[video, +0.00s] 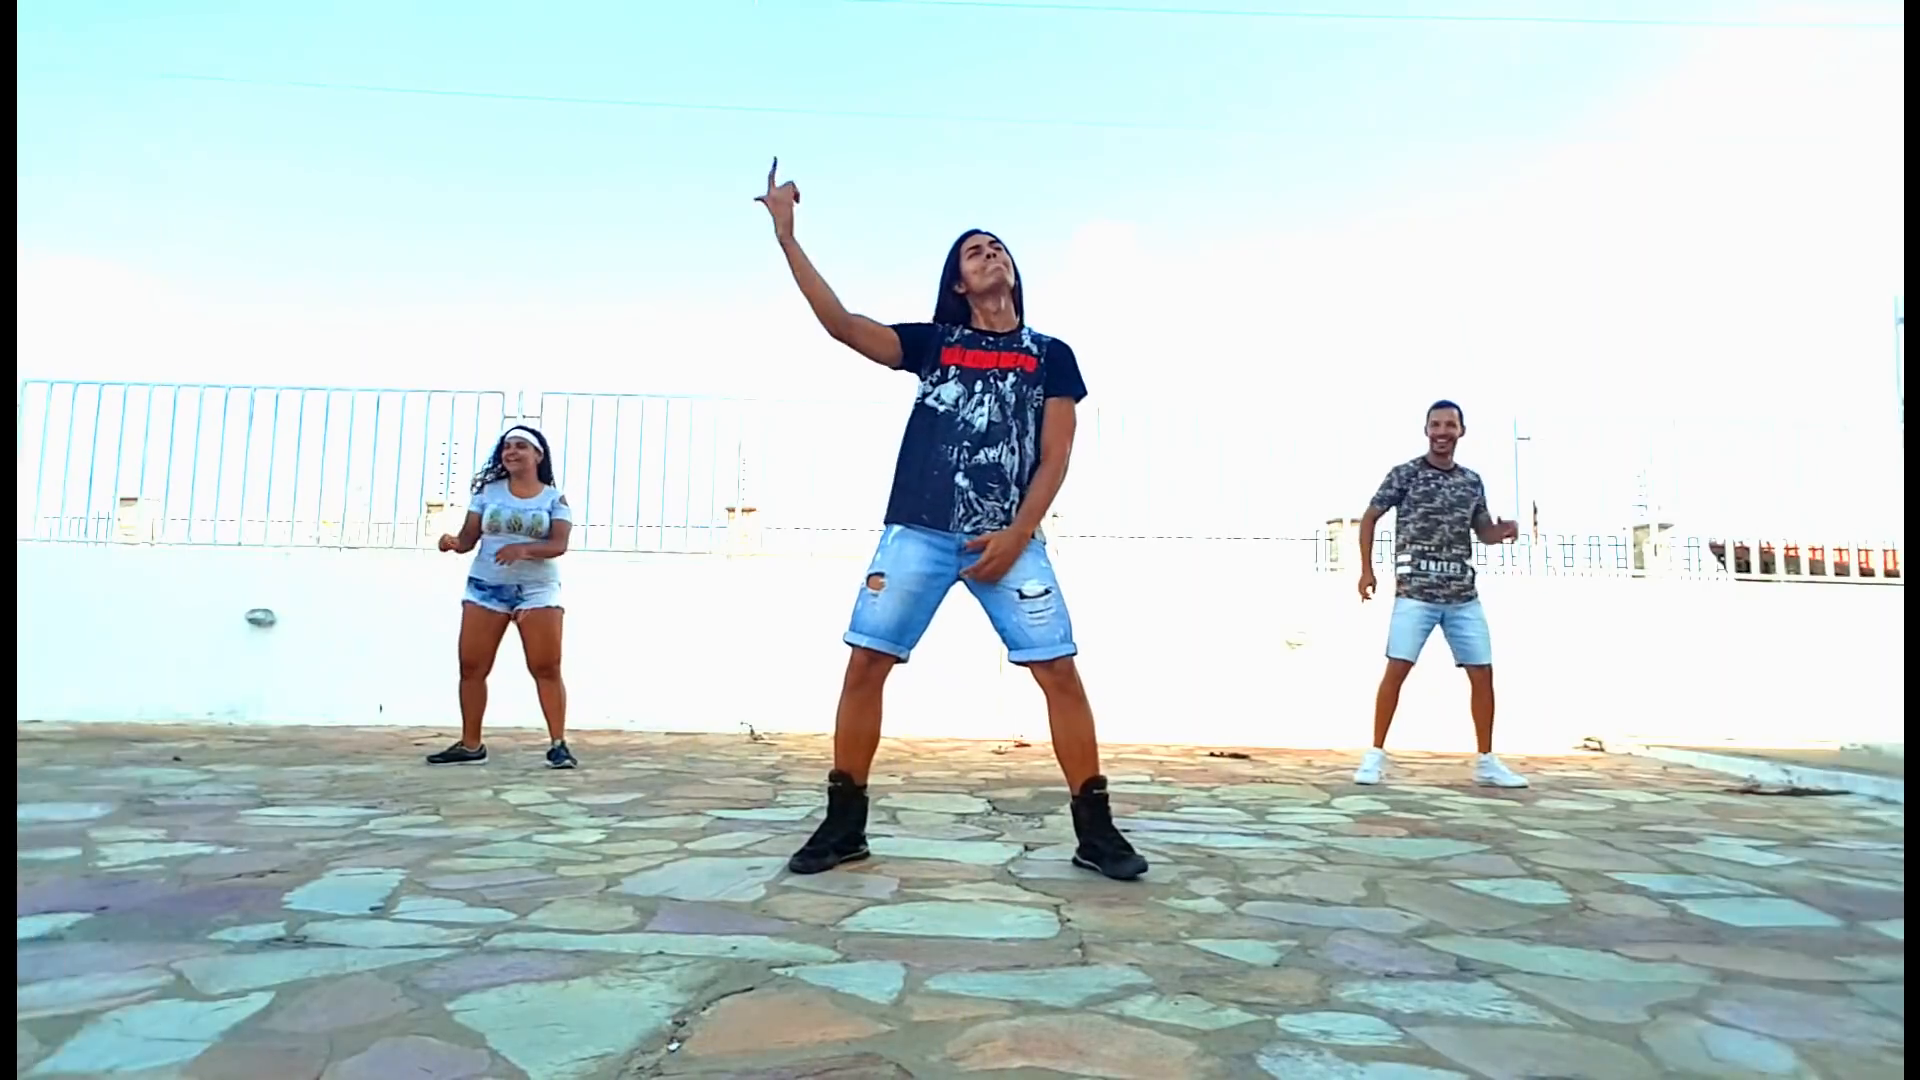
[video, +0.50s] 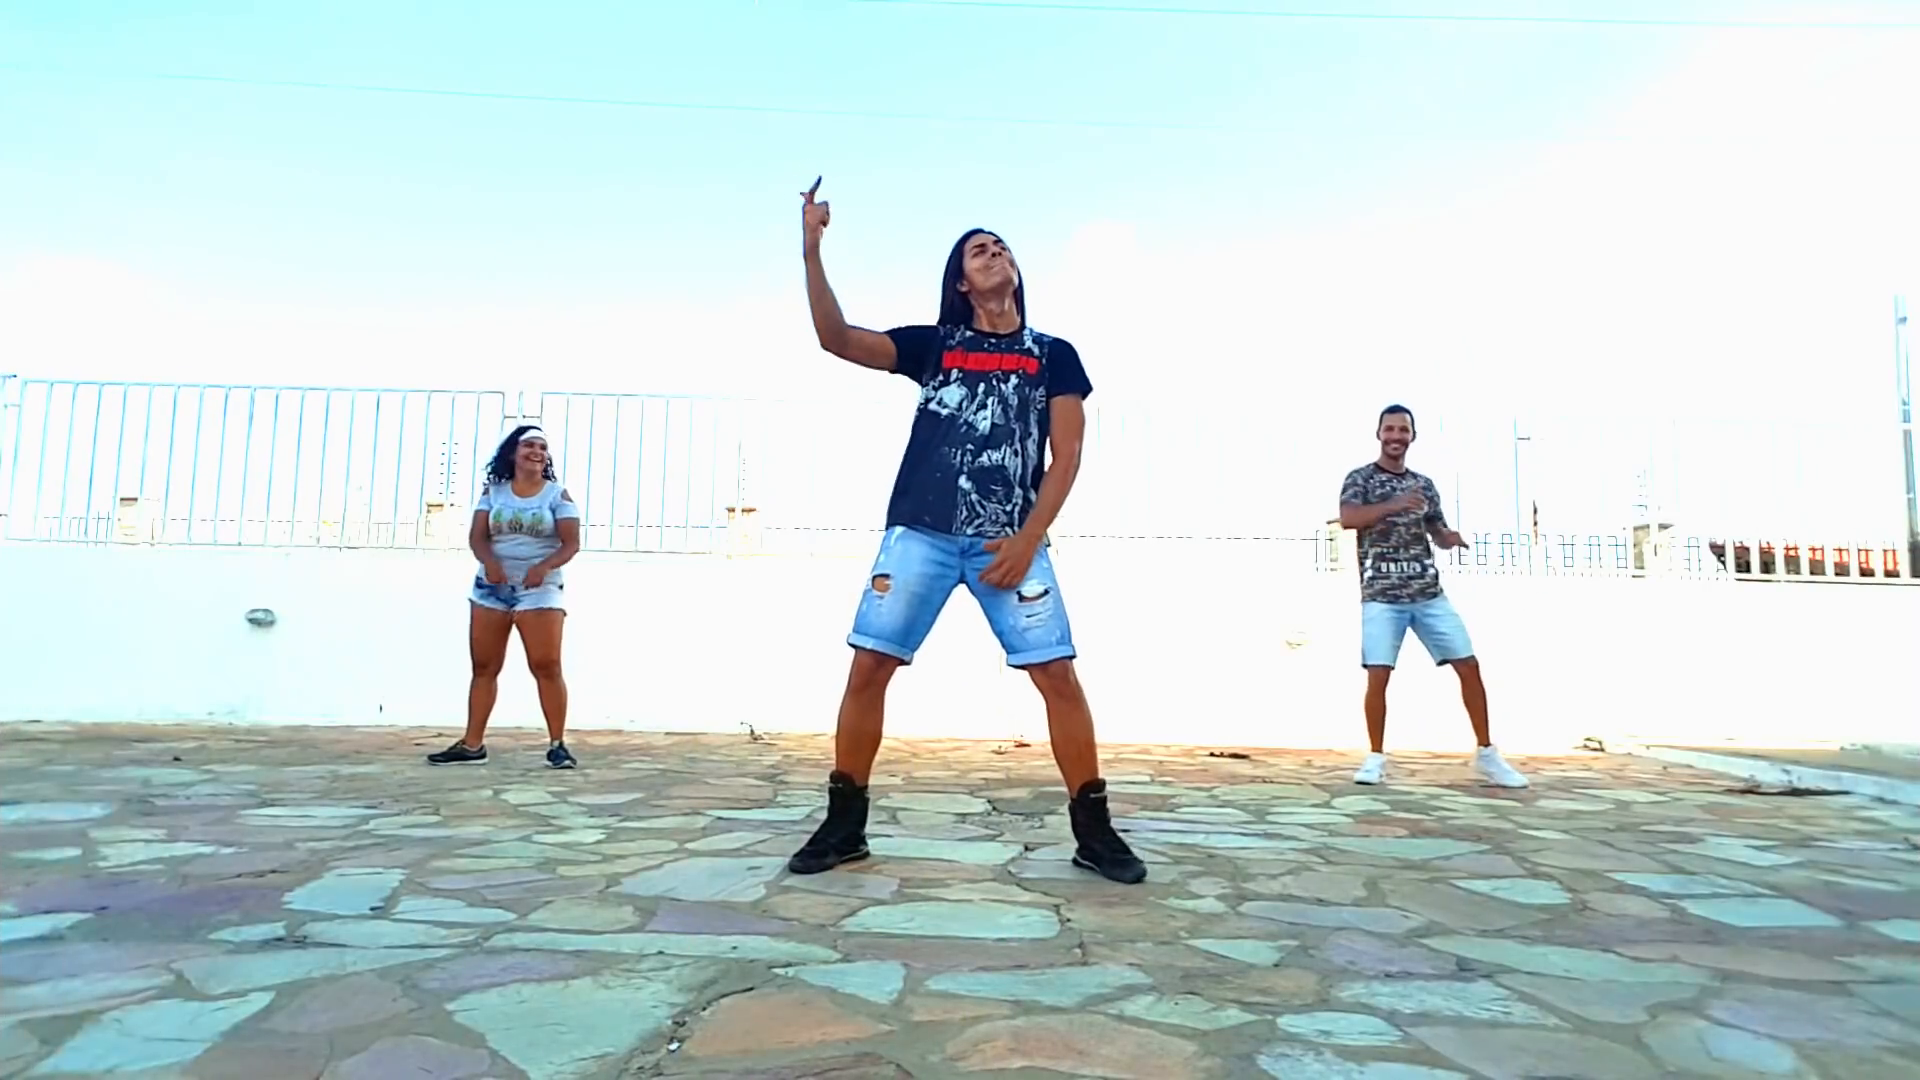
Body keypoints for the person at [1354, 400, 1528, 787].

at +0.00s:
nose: (1443, 432)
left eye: (1450, 426)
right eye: (1436, 425)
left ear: (1461, 432)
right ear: (1426, 431)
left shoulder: (1471, 481)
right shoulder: (1404, 475)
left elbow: (1484, 532)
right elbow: (1368, 520)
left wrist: (1501, 531)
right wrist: (1367, 569)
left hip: (1462, 597)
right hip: (1415, 595)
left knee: (1482, 672)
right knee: (1397, 669)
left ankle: (1486, 759)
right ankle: (1376, 753)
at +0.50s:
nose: (1396, 436)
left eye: (1403, 430)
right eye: (1389, 429)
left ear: (1412, 437)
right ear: (1378, 435)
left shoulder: (1423, 484)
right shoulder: (1359, 479)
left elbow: (1438, 533)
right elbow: (1349, 518)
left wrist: (1451, 537)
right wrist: (1394, 504)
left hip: (1428, 594)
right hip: (1382, 596)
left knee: (1468, 665)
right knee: (1378, 674)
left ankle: (1486, 753)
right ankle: (1375, 757)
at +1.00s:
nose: (1374, 432)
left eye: (1377, 425)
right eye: (1365, 427)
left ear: (1383, 429)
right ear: (1349, 434)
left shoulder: (1397, 471)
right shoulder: (1332, 484)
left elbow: (1426, 513)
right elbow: (1311, 530)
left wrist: (1432, 483)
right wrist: (1331, 572)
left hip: (1412, 586)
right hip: (1369, 594)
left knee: (1472, 636)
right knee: (1374, 674)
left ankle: (1521, 722)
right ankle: (1374, 756)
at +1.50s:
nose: (1346, 449)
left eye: (1351, 442)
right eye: (1345, 443)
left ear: (1375, 443)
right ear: (1360, 447)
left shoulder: (1421, 477)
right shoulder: (1355, 487)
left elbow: (1450, 518)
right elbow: (1341, 519)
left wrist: (1438, 558)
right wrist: (1359, 473)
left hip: (1426, 595)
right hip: (1377, 600)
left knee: (1458, 675)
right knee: (1370, 676)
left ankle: (1482, 755)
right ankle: (1374, 756)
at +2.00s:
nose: (1449, 450)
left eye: (1456, 443)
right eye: (1442, 443)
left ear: (1467, 450)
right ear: (1433, 449)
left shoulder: (1484, 490)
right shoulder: (1412, 498)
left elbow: (1527, 530)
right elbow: (1389, 541)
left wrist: (1502, 508)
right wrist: (1410, 568)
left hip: (1480, 606)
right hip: (1434, 606)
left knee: (1508, 679)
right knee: (1414, 676)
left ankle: (1486, 761)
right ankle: (1380, 755)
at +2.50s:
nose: (1477, 442)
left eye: (1485, 437)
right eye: (1470, 436)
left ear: (1494, 448)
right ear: (1459, 445)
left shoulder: (1499, 501)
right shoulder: (1436, 485)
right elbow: (1460, 515)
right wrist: (1486, 483)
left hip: (1484, 604)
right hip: (1434, 602)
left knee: (1503, 673)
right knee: (1404, 666)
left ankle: (1485, 760)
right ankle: (1384, 755)